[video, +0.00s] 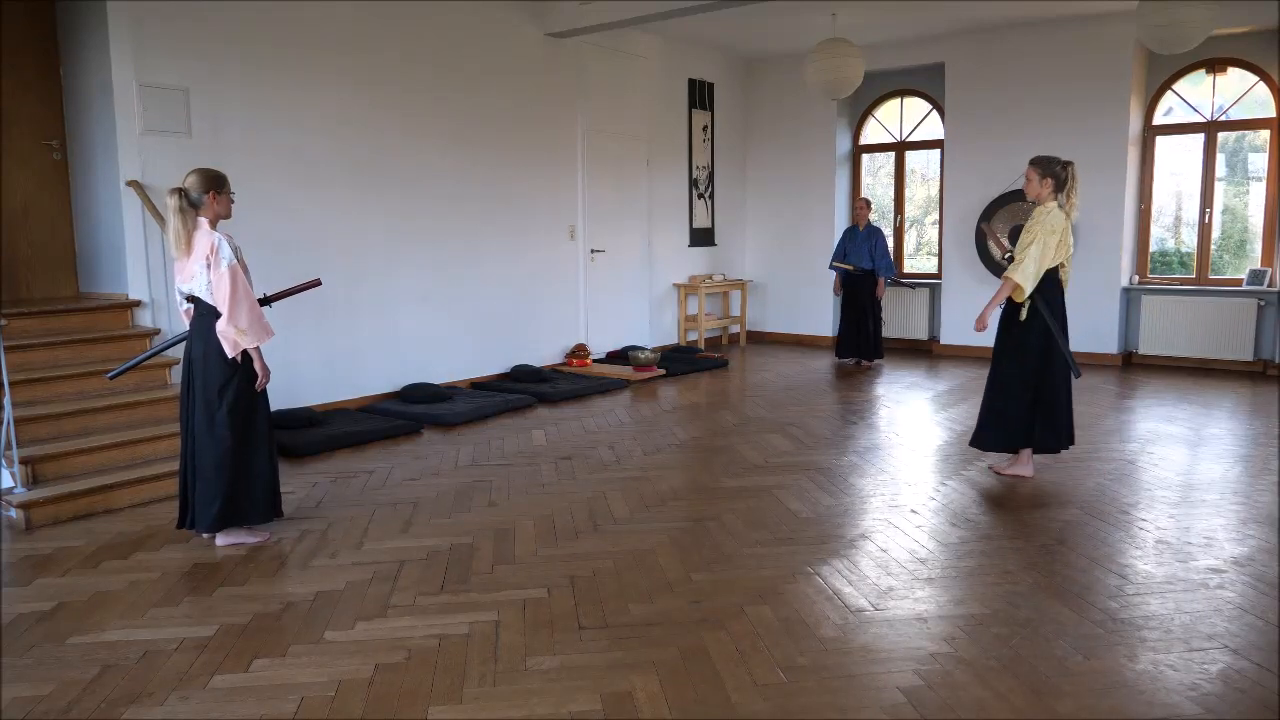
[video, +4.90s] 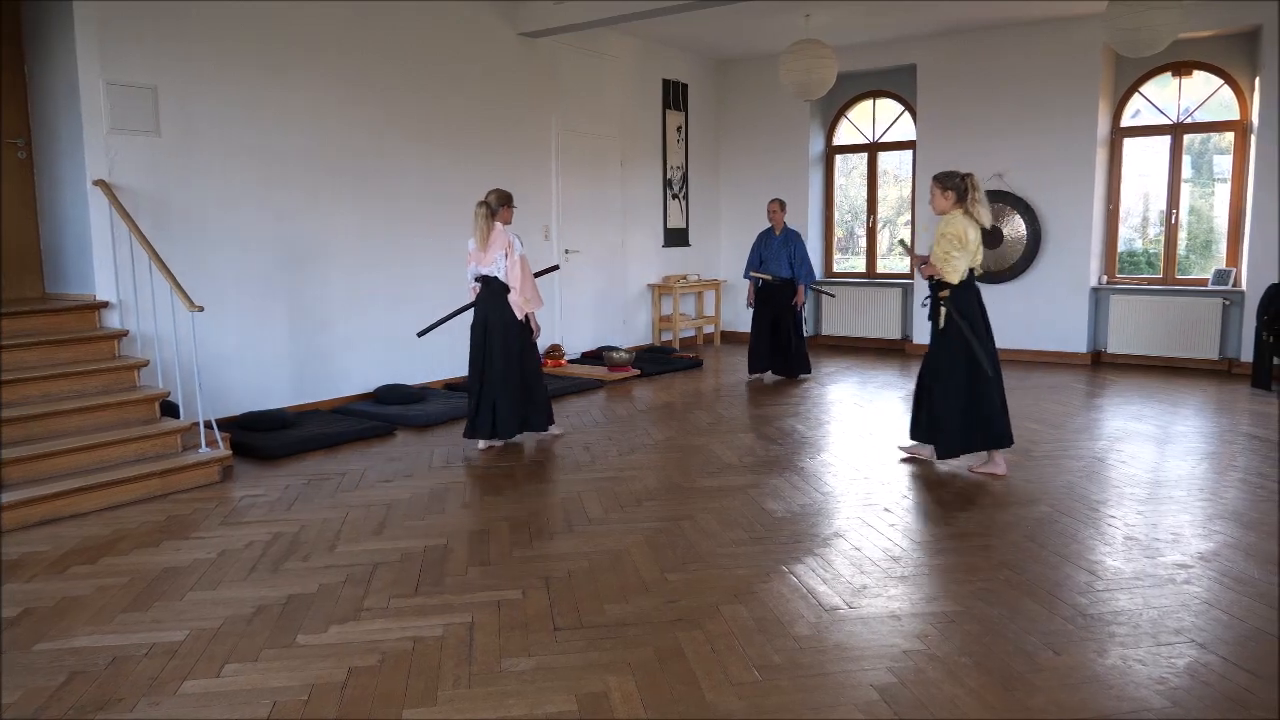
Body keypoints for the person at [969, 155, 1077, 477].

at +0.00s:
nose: (1024, 185)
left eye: (1028, 180)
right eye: (1025, 179)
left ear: (1047, 184)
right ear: (1048, 184)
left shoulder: (1046, 217)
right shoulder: (1056, 214)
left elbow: (1023, 266)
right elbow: (1046, 263)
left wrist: (989, 308)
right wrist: (1013, 255)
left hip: (1034, 303)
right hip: (1045, 301)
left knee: (1026, 376)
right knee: (1030, 375)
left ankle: (1024, 459)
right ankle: (1022, 454)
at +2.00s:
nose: (1012, 185)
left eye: (1016, 179)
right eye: (1013, 179)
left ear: (1031, 182)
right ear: (1035, 182)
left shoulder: (1032, 217)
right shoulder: (1048, 214)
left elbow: (1021, 268)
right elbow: (1016, 254)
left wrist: (1001, 308)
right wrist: (987, 243)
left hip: (1028, 301)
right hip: (1041, 298)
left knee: (1025, 376)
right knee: (1033, 376)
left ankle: (1025, 459)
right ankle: (1025, 455)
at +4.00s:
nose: (986, 186)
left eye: (990, 181)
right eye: (987, 181)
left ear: (1005, 184)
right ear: (1010, 184)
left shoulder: (1006, 217)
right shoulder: (1023, 216)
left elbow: (994, 269)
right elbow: (988, 266)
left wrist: (975, 307)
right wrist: (962, 246)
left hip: (1002, 301)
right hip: (1016, 298)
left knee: (1003, 375)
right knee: (1011, 374)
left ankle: (1007, 457)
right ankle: (1008, 454)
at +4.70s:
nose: (956, 192)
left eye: (959, 187)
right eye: (957, 186)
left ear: (975, 188)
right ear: (980, 189)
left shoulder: (976, 218)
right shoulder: (995, 215)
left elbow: (983, 265)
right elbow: (996, 257)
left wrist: (950, 277)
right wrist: (956, 250)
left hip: (978, 304)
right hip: (991, 301)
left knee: (988, 376)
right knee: (984, 375)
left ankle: (999, 458)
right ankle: (984, 449)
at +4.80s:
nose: (945, 195)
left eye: (948, 190)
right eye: (945, 189)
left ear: (963, 191)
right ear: (969, 191)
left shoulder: (965, 220)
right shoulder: (984, 217)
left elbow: (971, 265)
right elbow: (981, 258)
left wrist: (942, 266)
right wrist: (940, 252)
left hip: (966, 303)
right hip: (981, 300)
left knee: (950, 373)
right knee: (985, 375)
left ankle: (997, 459)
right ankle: (949, 443)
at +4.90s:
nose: (930, 200)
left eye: (933, 194)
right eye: (931, 194)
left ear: (949, 196)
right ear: (954, 196)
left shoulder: (951, 226)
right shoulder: (970, 222)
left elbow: (951, 272)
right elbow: (974, 263)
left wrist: (926, 270)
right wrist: (934, 261)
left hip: (955, 306)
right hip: (969, 302)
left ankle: (996, 459)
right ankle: (930, 445)